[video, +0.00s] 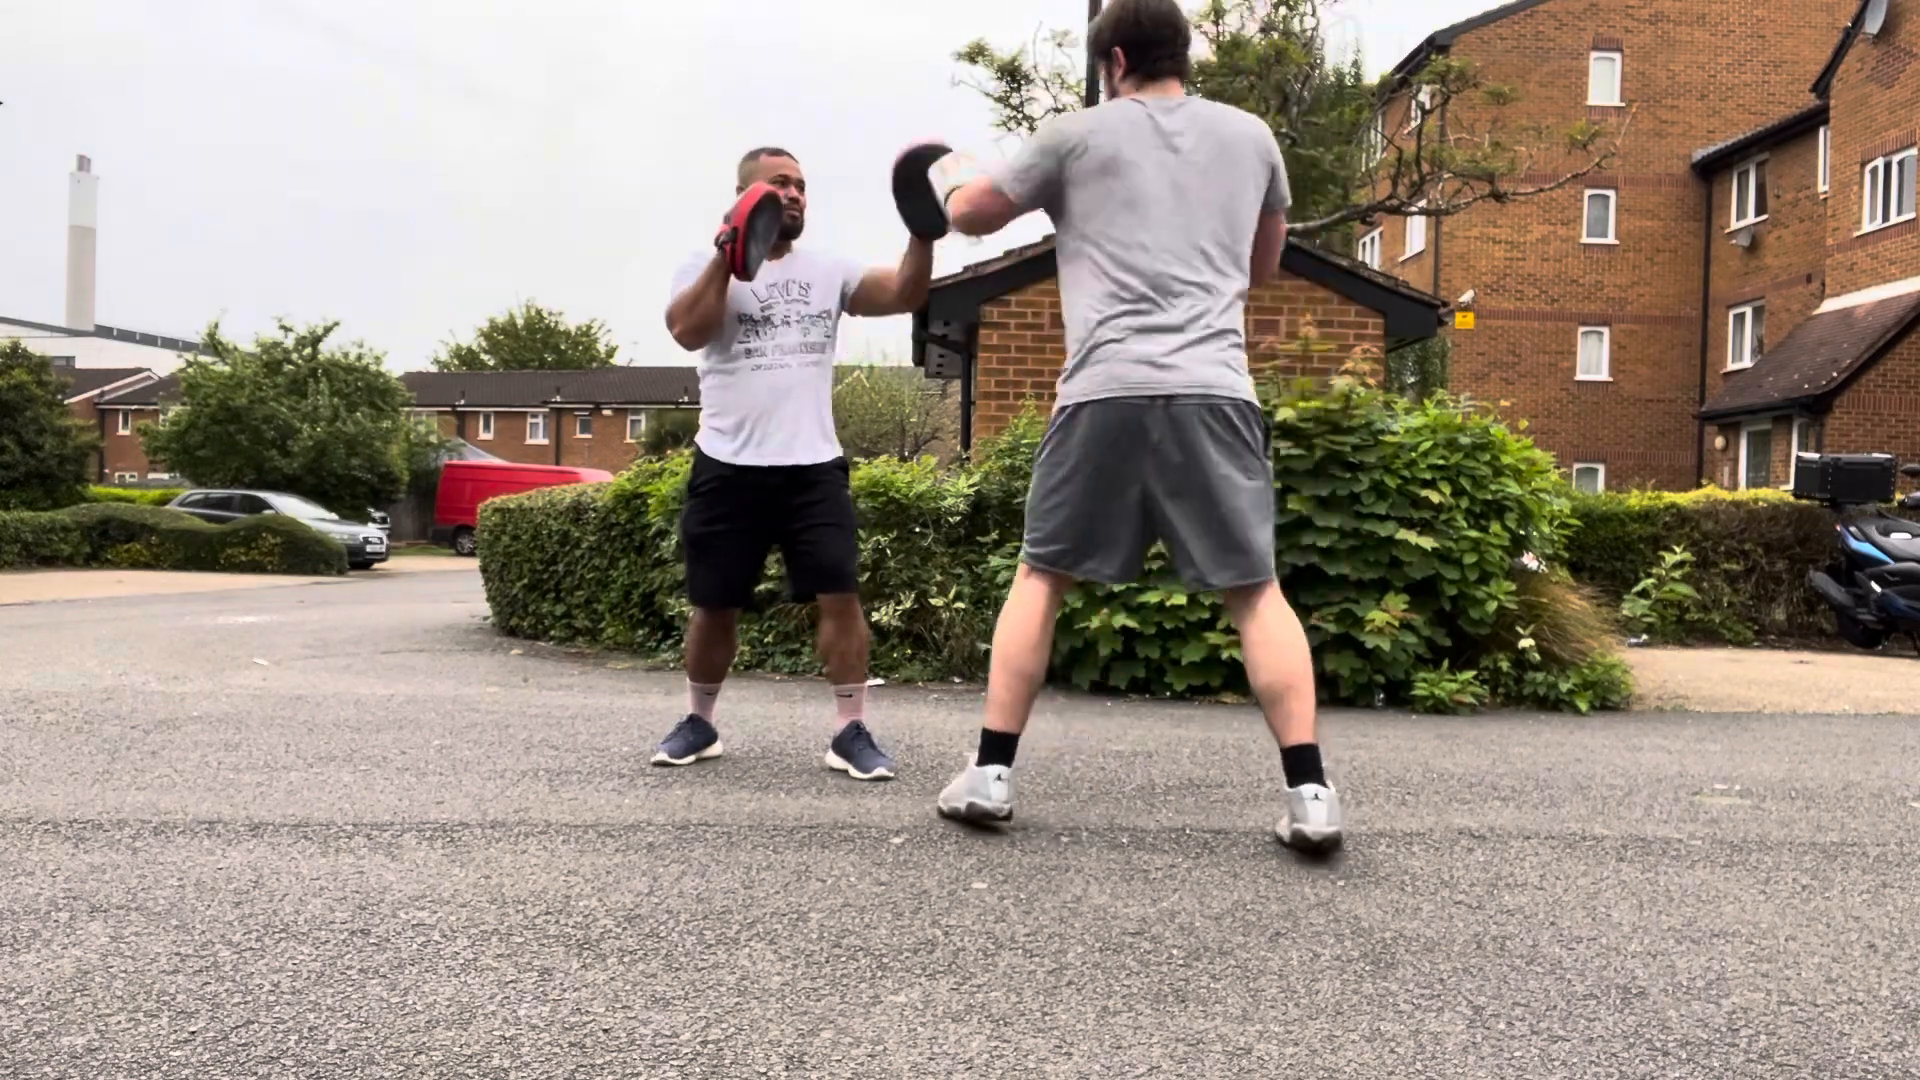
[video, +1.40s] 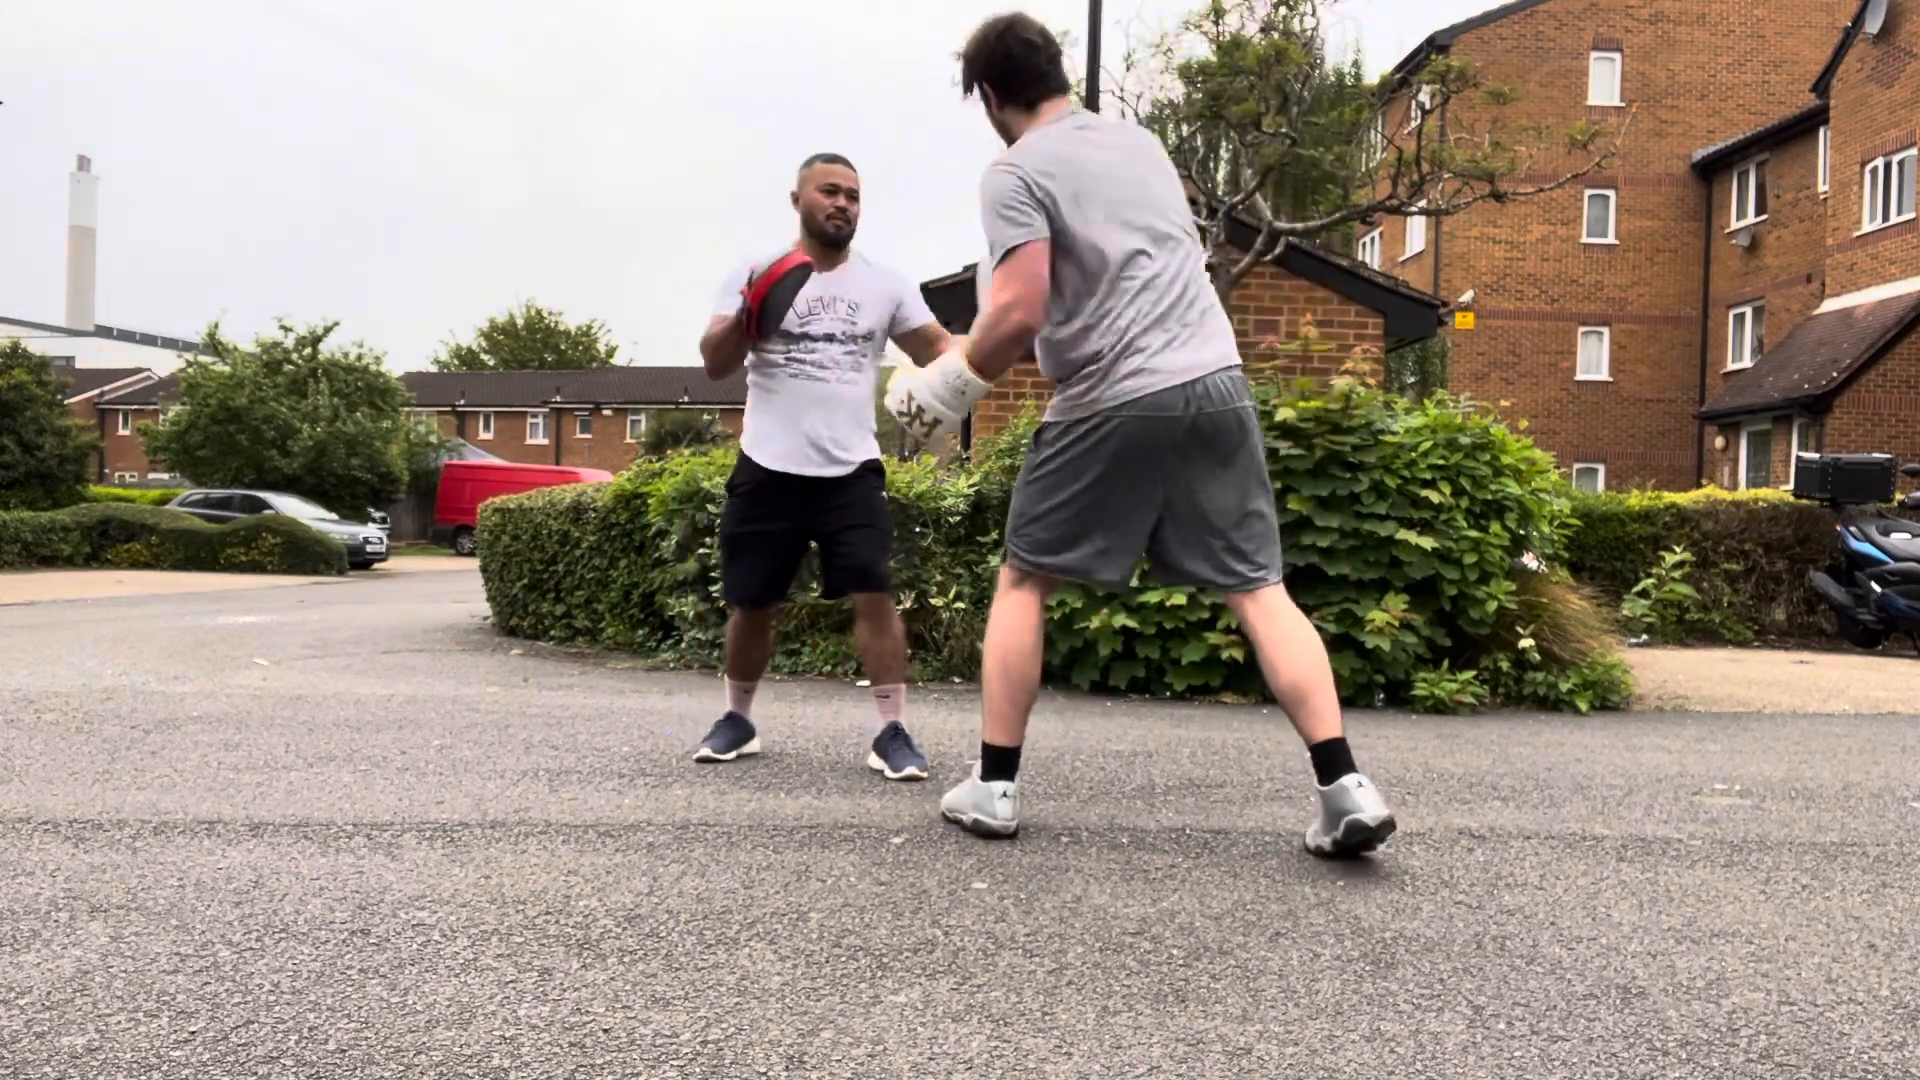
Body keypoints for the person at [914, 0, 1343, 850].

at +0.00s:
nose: (1097, 77)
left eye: (1098, 65)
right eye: (1104, 64)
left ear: (1114, 62)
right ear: (1185, 59)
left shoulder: (1077, 134)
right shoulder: (1253, 135)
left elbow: (970, 216)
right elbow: (1261, 268)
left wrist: (961, 178)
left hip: (1101, 394)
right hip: (1215, 394)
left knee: (1041, 575)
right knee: (1257, 592)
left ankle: (990, 772)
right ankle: (1310, 790)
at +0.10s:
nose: (1050, 87)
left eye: (1048, 76)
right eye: (1049, 77)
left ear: (1068, 69)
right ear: (1133, 61)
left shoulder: (1040, 144)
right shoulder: (1206, 135)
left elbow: (949, 194)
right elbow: (1226, 252)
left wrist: (924, 182)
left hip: (1079, 393)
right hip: (1194, 392)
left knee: (1022, 578)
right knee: (1238, 584)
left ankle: (988, 776)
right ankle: (1310, 775)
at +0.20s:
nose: (1002, 89)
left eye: (1000, 76)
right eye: (1000, 77)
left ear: (1021, 65)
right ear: (1084, 57)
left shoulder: (999, 139)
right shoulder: (1161, 130)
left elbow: (933, 243)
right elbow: (1142, 230)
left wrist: (919, 239)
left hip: (1085, 380)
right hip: (1191, 378)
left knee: (1019, 576)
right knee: (1219, 576)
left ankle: (988, 776)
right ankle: (1305, 758)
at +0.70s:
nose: (1108, 77)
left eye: (1107, 63)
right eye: (1109, 62)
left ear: (1125, 56)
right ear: (1200, 52)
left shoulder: (1090, 141)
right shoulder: (1265, 149)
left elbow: (1037, 259)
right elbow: (1241, 254)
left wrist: (1044, 178)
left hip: (1097, 411)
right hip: (1215, 406)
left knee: (1024, 577)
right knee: (1265, 599)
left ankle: (992, 775)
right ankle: (1340, 797)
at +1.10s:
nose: (1018, 82)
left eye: (1017, 68)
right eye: (1018, 68)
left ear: (1033, 64)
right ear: (1108, 54)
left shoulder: (1030, 148)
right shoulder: (1169, 127)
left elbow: (979, 297)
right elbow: (1144, 240)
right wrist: (1028, 245)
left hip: (1111, 400)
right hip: (1214, 383)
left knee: (1026, 582)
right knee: (1260, 585)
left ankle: (993, 786)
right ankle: (1346, 789)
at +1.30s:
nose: (973, 123)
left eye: (966, 106)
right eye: (969, 107)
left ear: (980, 98)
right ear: (1044, 81)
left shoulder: (1032, 165)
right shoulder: (1104, 142)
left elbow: (1059, 299)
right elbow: (1039, 262)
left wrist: (976, 366)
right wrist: (948, 254)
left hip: (1128, 400)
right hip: (1221, 387)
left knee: (1023, 579)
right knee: (1252, 585)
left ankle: (992, 786)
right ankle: (1345, 783)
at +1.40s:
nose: (982, 112)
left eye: (977, 99)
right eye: (981, 99)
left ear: (989, 94)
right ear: (1059, 77)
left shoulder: (1016, 171)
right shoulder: (1141, 141)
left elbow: (1021, 310)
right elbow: (1166, 264)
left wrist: (952, 383)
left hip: (1110, 404)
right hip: (1219, 386)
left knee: (1023, 579)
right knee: (1258, 586)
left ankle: (993, 785)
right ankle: (1345, 783)